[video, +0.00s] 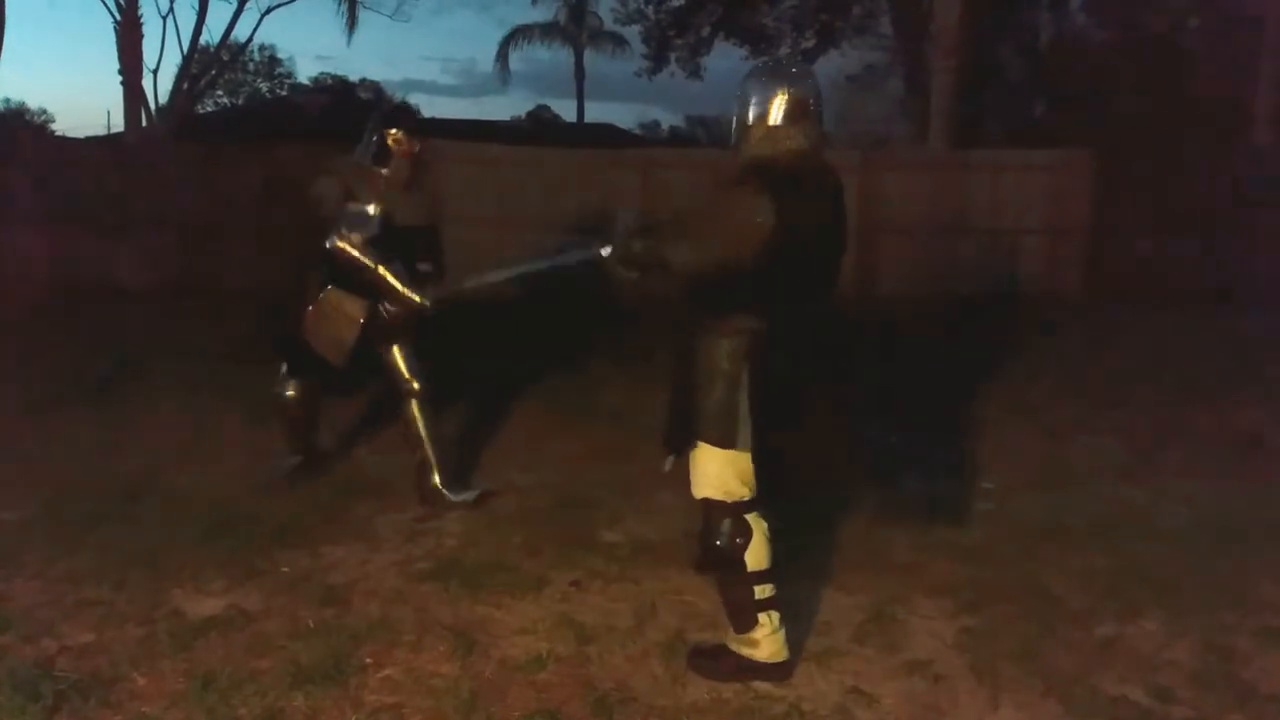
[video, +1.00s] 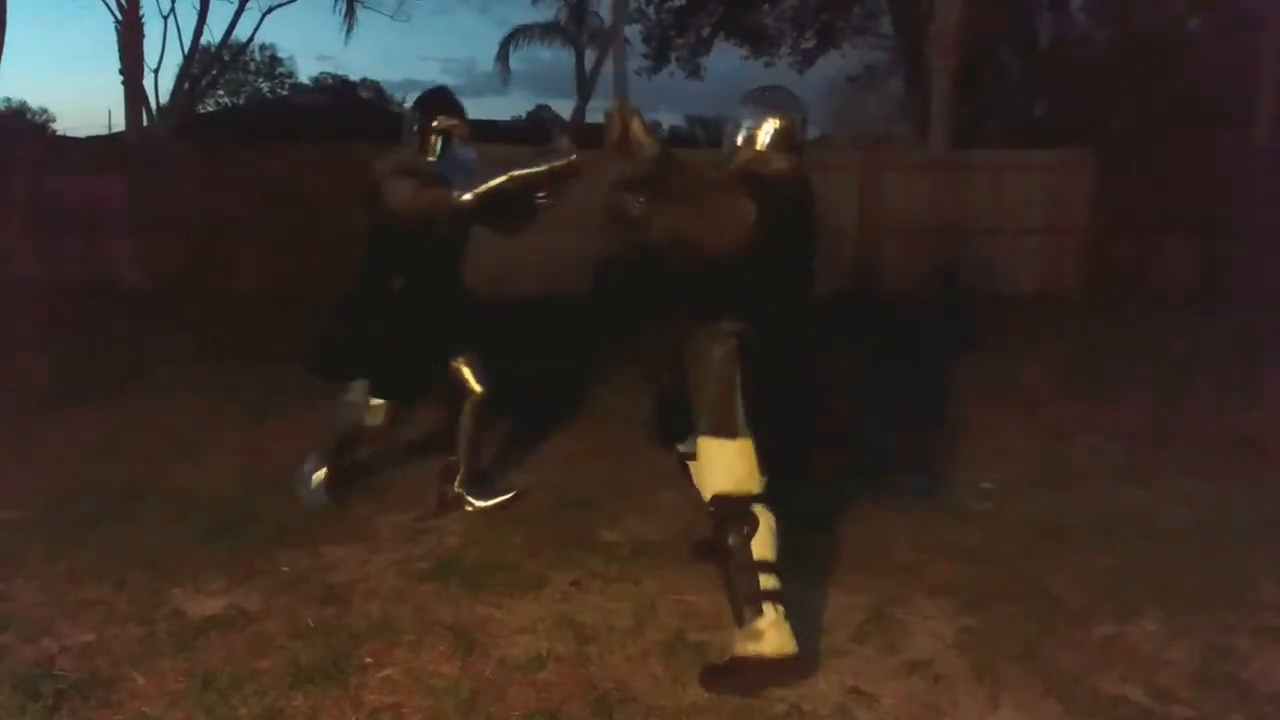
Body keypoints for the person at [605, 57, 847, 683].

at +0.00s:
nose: (750, 135)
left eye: (754, 123)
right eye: (757, 124)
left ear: (756, 125)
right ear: (806, 124)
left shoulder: (762, 189)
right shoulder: (816, 186)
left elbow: (722, 262)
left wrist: (656, 260)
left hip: (746, 348)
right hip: (781, 342)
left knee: (729, 490)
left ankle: (761, 643)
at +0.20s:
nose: (727, 130)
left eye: (734, 119)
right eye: (734, 119)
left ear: (742, 121)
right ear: (788, 121)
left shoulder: (742, 181)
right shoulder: (796, 179)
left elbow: (695, 249)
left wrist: (638, 240)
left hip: (735, 343)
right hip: (769, 335)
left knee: (722, 500)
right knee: (700, 440)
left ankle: (760, 646)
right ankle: (697, 547)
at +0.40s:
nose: (724, 142)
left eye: (733, 131)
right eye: (728, 131)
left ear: (749, 131)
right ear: (780, 131)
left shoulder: (759, 197)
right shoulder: (770, 191)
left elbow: (704, 270)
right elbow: (693, 240)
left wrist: (619, 251)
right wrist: (632, 228)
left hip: (739, 360)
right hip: (731, 349)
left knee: (689, 494)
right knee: (676, 435)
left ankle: (762, 638)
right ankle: (689, 550)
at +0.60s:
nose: (748, 151)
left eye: (757, 140)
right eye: (753, 141)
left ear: (769, 142)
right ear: (806, 146)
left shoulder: (771, 209)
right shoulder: (790, 201)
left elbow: (683, 269)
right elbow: (711, 239)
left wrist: (624, 246)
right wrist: (645, 226)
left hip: (731, 365)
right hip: (736, 353)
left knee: (710, 514)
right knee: (673, 449)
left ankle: (776, 659)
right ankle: (685, 548)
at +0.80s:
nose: (749, 145)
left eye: (758, 135)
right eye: (758, 136)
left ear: (771, 137)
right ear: (809, 142)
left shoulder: (776, 198)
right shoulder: (799, 195)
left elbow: (712, 252)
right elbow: (721, 235)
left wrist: (645, 214)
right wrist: (657, 205)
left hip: (744, 362)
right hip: (782, 349)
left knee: (717, 509)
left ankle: (777, 658)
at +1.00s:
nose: (736, 143)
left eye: (744, 132)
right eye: (744, 132)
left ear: (755, 134)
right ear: (789, 136)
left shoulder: (757, 193)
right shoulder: (782, 190)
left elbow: (702, 226)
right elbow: (704, 192)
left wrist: (642, 182)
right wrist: (654, 157)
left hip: (738, 343)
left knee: (737, 486)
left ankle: (767, 632)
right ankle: (725, 525)